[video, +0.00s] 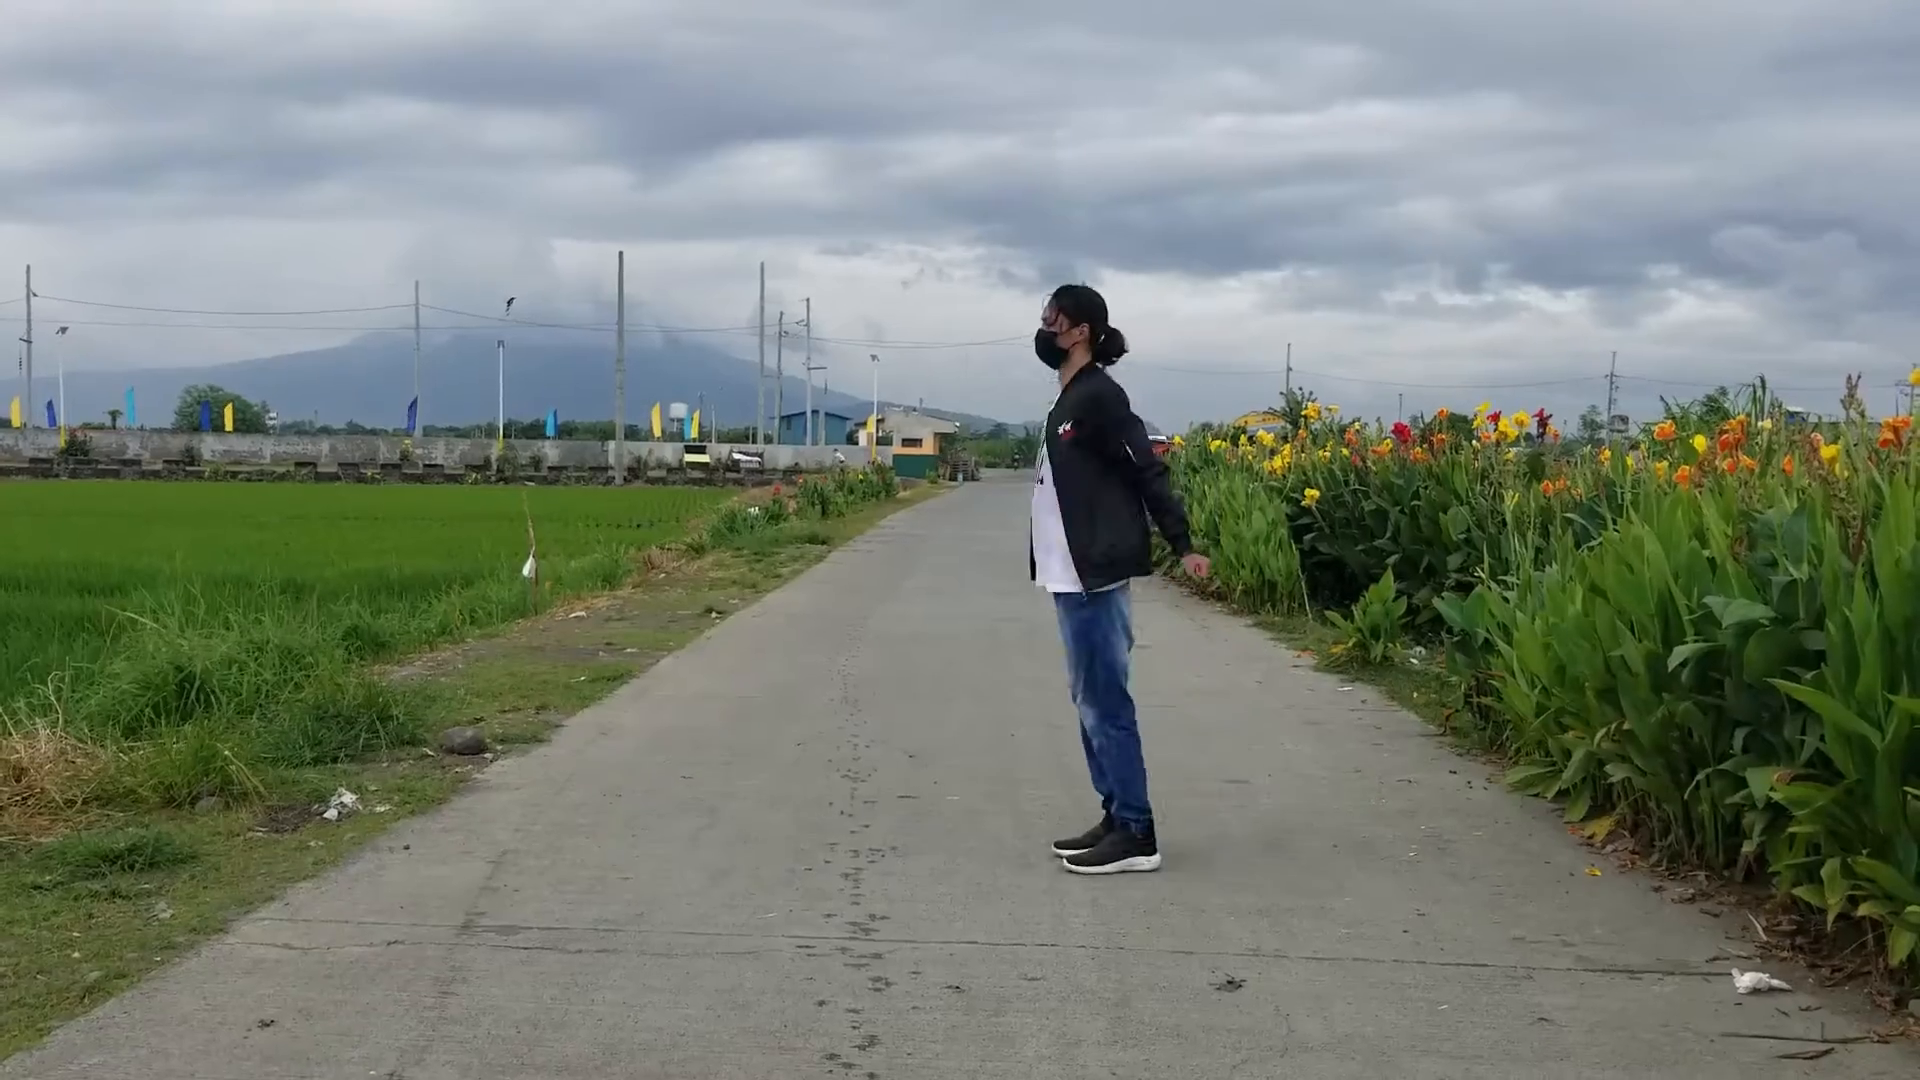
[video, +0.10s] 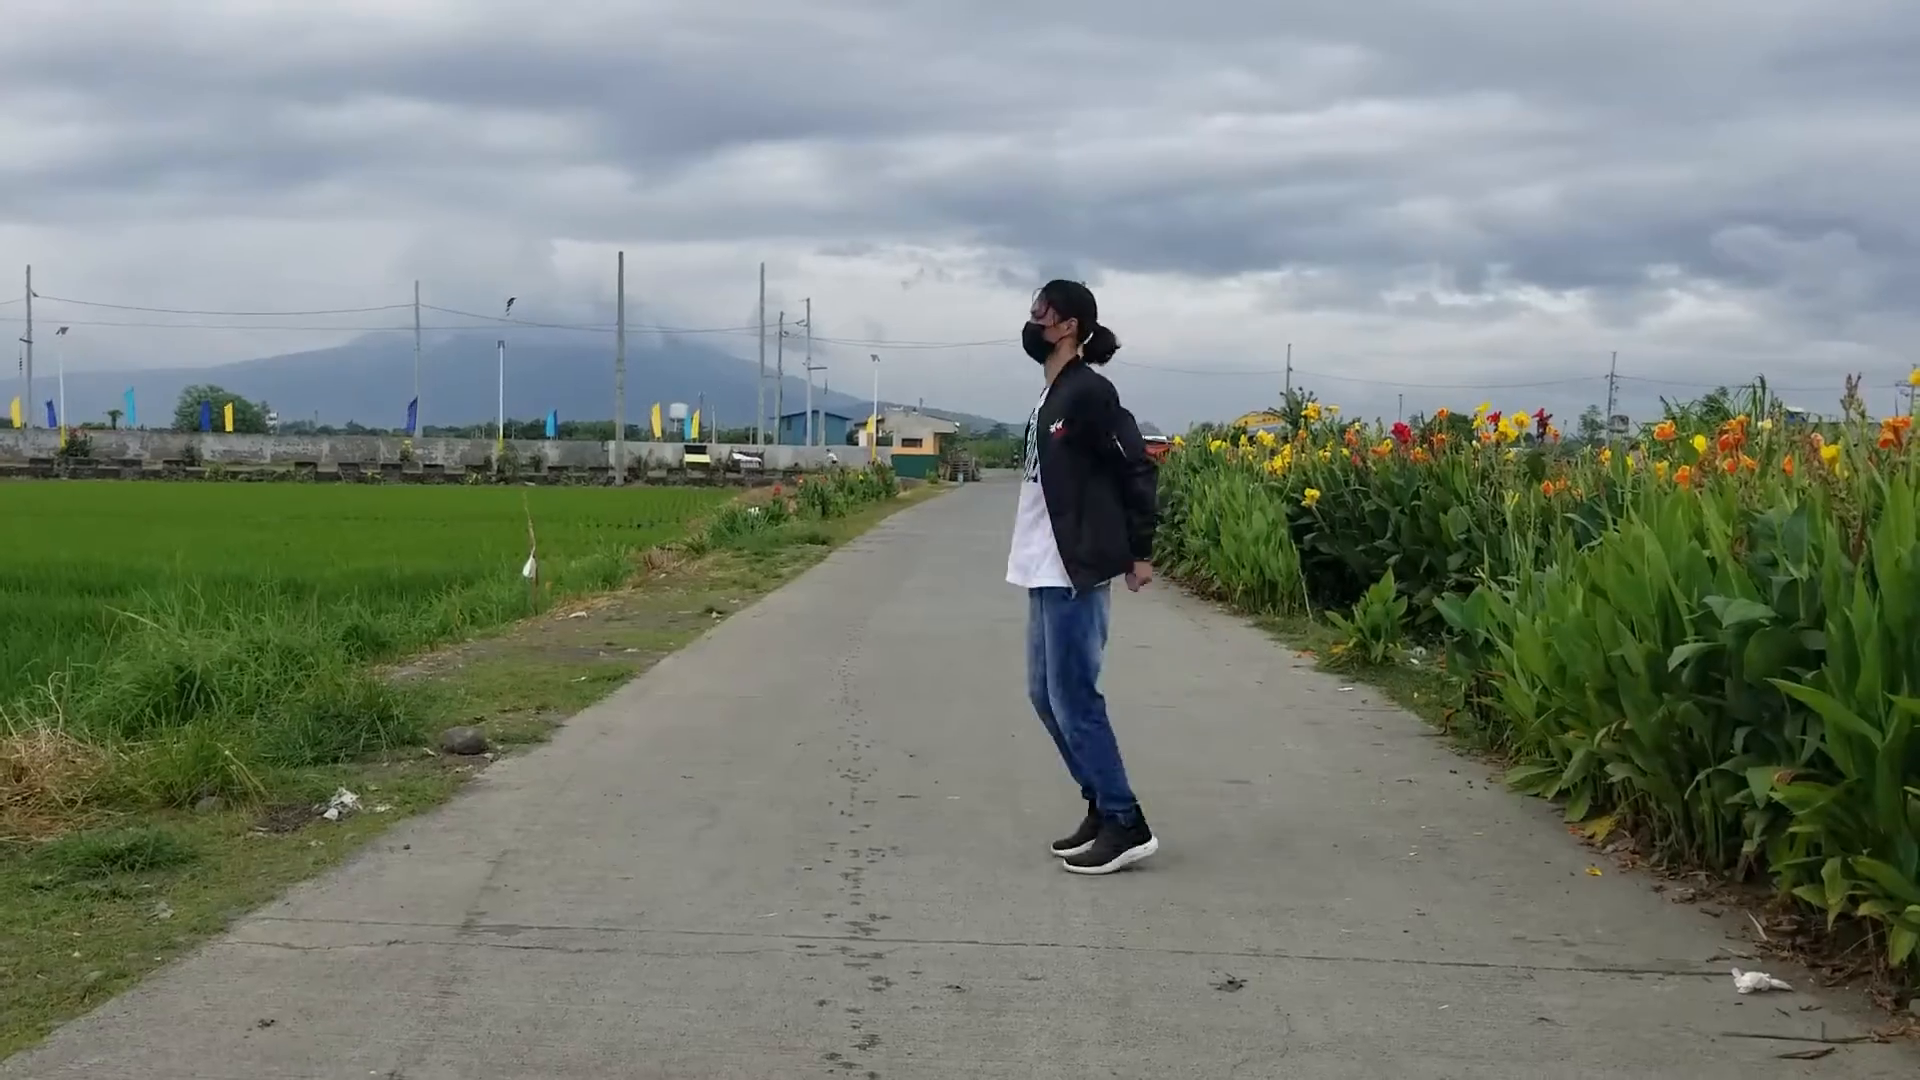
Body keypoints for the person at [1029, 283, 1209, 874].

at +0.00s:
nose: (1045, 325)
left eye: (1056, 317)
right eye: (1047, 316)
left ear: (1084, 330)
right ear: (1071, 333)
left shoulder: (1100, 393)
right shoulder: (1072, 392)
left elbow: (1147, 469)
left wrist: (1185, 544)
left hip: (1095, 577)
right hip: (1072, 576)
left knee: (1106, 705)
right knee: (1090, 702)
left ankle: (1136, 833)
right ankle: (1116, 821)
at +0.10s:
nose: (1035, 317)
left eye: (1045, 310)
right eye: (1036, 309)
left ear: (1071, 324)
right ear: (1056, 324)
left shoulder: (1090, 389)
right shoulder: (1054, 391)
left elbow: (1136, 468)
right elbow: (1071, 478)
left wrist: (1140, 551)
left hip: (1073, 574)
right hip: (1044, 572)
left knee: (1074, 700)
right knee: (1046, 696)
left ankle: (1126, 826)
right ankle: (1102, 811)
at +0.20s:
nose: (1013, 323)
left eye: (1024, 315)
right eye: (1015, 314)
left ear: (1054, 328)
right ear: (1039, 328)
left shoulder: (1063, 394)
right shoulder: (1029, 385)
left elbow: (1086, 482)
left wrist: (1097, 571)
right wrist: (978, 333)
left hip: (1063, 573)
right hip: (1035, 567)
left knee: (1016, 691)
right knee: (1029, 692)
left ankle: (1080, 804)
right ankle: (1048, 806)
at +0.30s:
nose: (1006, 336)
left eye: (1018, 330)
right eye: (1005, 328)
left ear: (1045, 344)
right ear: (1008, 340)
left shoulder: (1050, 399)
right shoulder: (1001, 393)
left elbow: (1062, 491)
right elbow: (944, 384)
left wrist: (1029, 578)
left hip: (1059, 578)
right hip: (1022, 571)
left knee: (995, 713)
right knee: (1011, 702)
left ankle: (1038, 826)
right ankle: (1034, 811)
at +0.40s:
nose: (1008, 338)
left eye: (1021, 330)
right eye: (1001, 331)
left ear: (1045, 345)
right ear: (994, 345)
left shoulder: (1059, 398)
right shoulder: (986, 401)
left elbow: (1058, 463)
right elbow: (931, 431)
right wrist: (863, 432)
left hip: (1052, 588)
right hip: (998, 584)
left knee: (1006, 712)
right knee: (937, 687)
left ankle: (1039, 828)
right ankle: (991, 784)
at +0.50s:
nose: (1013, 341)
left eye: (1025, 334)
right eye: (1003, 334)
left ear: (1043, 349)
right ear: (990, 348)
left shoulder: (1058, 397)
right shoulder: (967, 411)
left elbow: (1033, 419)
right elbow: (912, 462)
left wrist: (965, 402)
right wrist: (867, 514)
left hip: (1045, 592)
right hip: (982, 592)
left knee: (1004, 718)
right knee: (926, 693)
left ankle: (1030, 825)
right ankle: (927, 835)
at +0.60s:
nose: (1010, 358)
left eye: (1022, 350)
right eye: (1000, 351)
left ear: (1041, 361)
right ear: (987, 363)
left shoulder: (1051, 411)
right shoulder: (956, 424)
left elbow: (1010, 418)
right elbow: (931, 510)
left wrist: (961, 394)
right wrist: (899, 585)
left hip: (1026, 599)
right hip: (962, 600)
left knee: (997, 729)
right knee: (933, 714)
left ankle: (1025, 820)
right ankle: (922, 856)